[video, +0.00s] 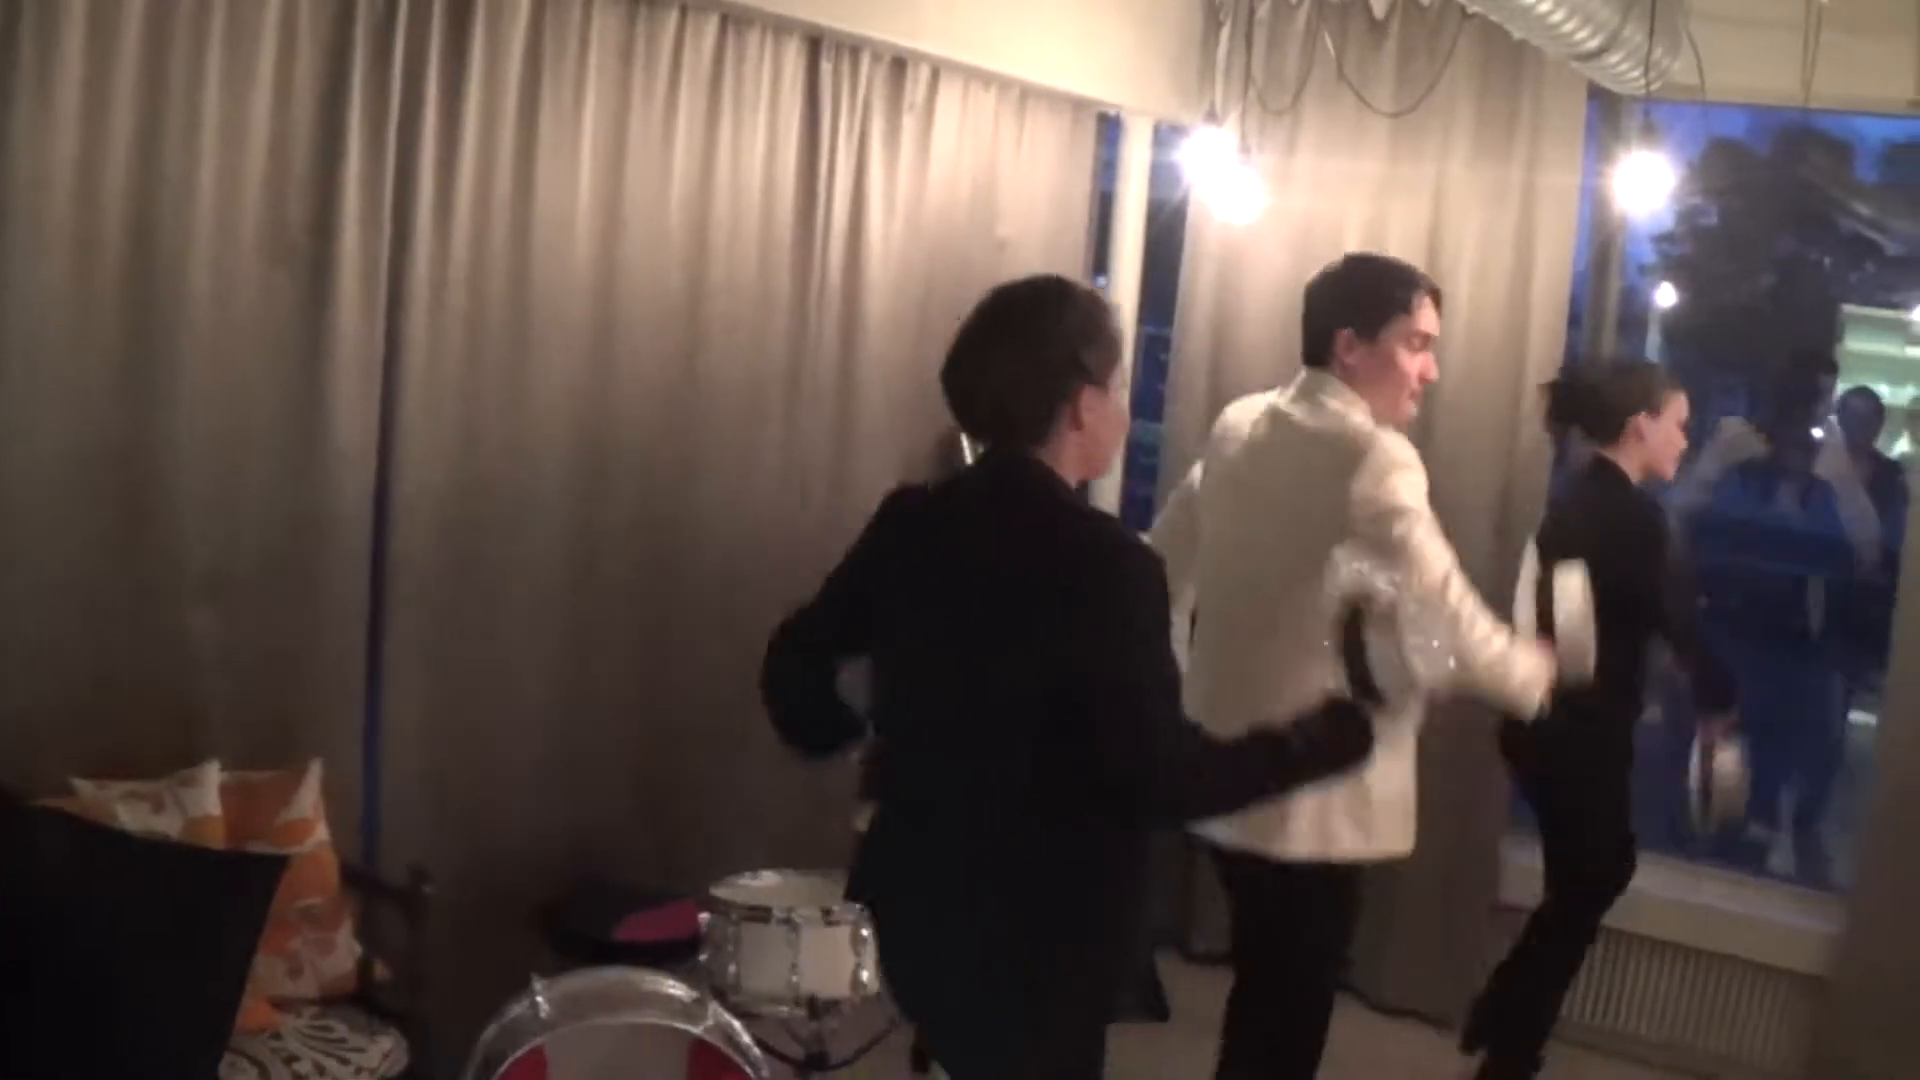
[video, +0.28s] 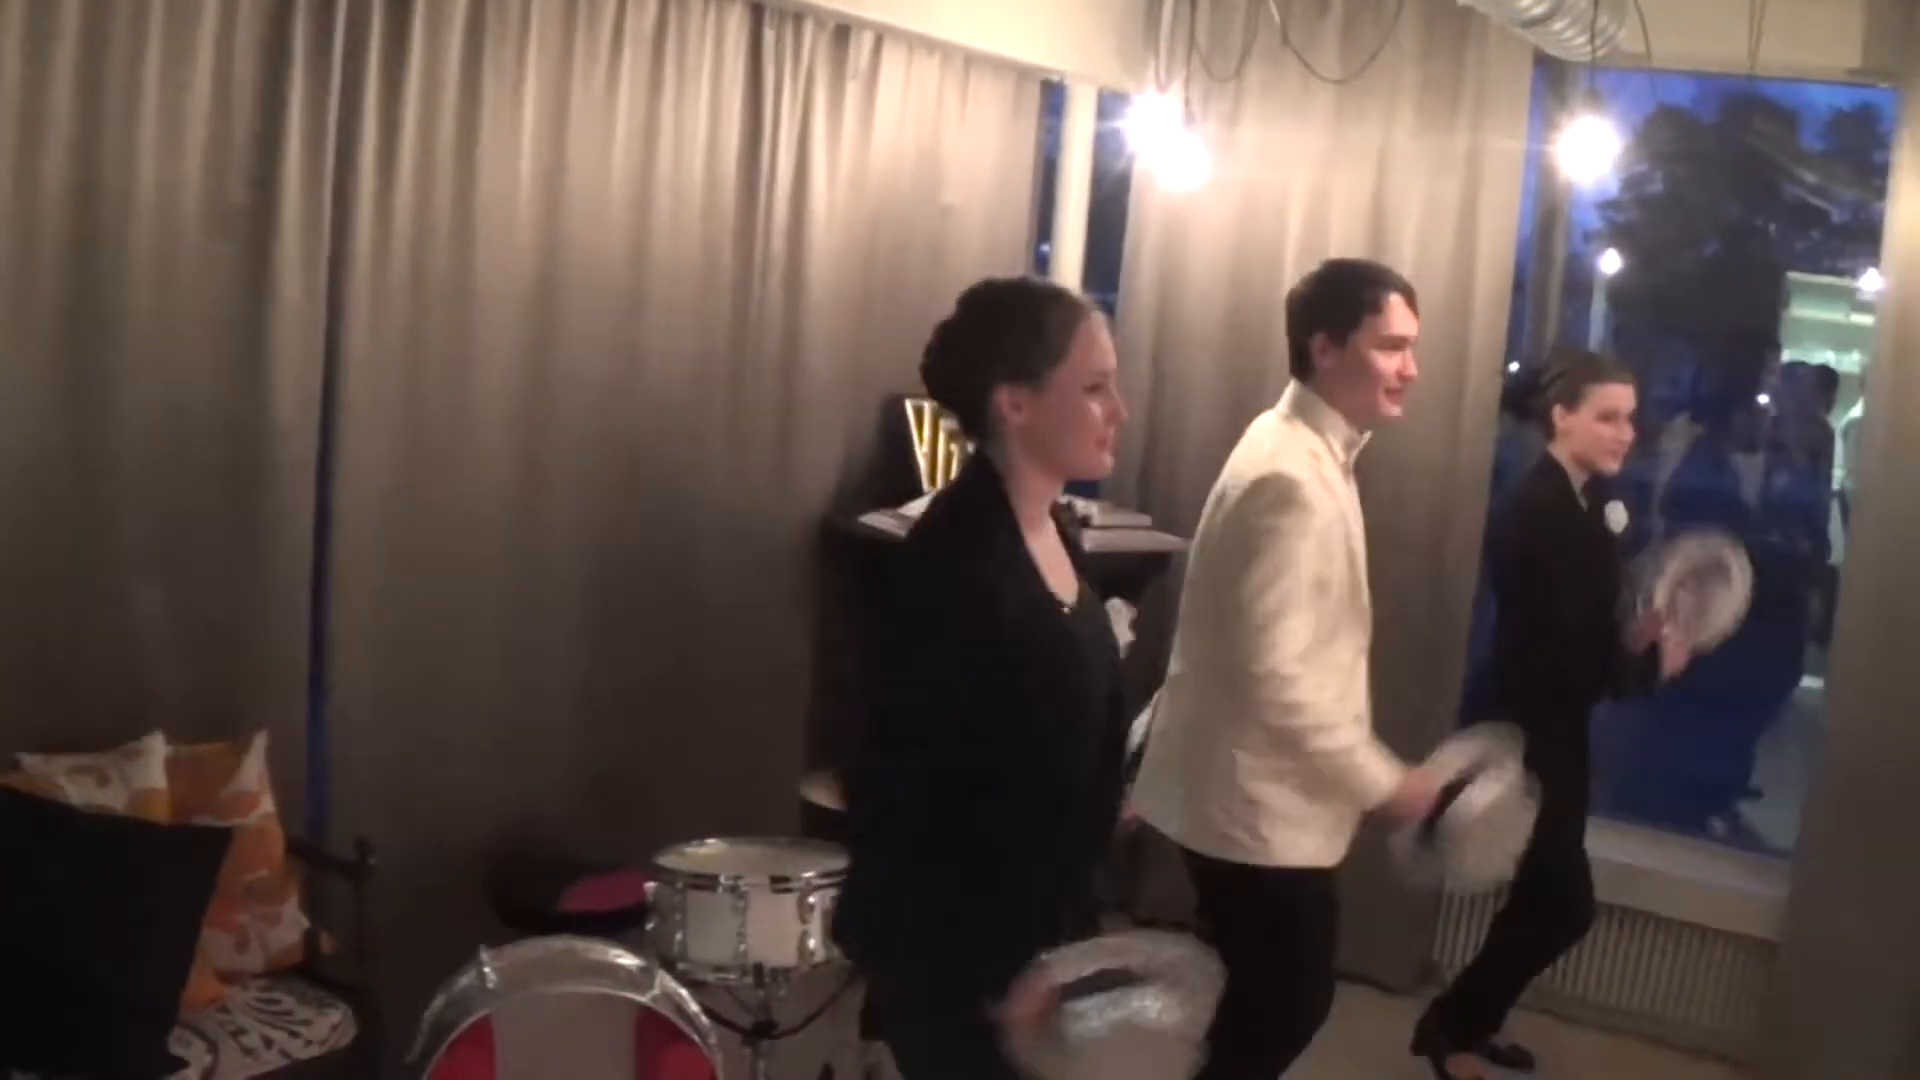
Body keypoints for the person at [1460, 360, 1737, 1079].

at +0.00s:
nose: (1685, 442)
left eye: (1685, 426)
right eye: (1678, 426)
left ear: (1627, 428)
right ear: (1638, 428)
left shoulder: (1573, 498)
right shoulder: (1632, 511)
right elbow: (1673, 617)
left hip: (1544, 716)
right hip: (1590, 726)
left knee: (1596, 867)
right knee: (1592, 874)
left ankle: (1499, 1014)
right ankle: (1511, 1048)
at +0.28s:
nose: (1627, 434)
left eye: (1631, 419)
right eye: (1612, 418)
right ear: (1562, 417)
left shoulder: (1569, 497)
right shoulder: (1546, 507)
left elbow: (1565, 634)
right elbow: (1571, 667)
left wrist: (1627, 637)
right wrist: (1649, 666)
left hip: (1546, 721)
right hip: (1534, 731)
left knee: (1542, 893)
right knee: (1562, 906)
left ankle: (1473, 1024)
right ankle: (1447, 1032)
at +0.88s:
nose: (1495, 362)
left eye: (1501, 345)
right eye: (1482, 341)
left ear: (1492, 340)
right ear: (1432, 328)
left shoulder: (1457, 418)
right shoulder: (1389, 398)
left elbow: (1470, 495)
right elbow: (1375, 482)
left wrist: (1524, 487)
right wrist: (1436, 439)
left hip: (1415, 654)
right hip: (1362, 652)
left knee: (1492, 828)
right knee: (1390, 856)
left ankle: (1379, 958)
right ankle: (1273, 1033)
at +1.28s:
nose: (1496, 307)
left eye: (1496, 289)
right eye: (1480, 289)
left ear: (1447, 289)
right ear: (1428, 284)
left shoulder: (1429, 363)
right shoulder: (1399, 360)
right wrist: (1427, 339)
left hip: (1407, 610)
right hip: (1365, 610)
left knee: (1440, 815)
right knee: (1373, 811)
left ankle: (1391, 1038)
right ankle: (1260, 992)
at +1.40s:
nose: (1494, 315)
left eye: (1493, 297)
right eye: (1481, 298)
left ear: (1436, 293)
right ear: (1433, 291)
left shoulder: (1428, 371)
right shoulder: (1391, 369)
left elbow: (1432, 481)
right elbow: (1428, 469)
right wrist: (1424, 349)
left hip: (1400, 625)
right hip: (1354, 624)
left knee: (1478, 794)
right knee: (1379, 813)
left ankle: (1387, 995)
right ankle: (1262, 996)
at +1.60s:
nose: (1514, 282)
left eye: (1515, 268)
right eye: (1500, 267)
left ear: (1484, 280)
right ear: (1454, 273)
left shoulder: (1458, 365)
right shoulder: (1418, 329)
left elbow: (1428, 511)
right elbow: (1364, 324)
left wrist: (1494, 573)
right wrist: (1421, 248)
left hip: (1404, 586)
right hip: (1355, 583)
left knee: (1455, 759)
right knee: (1347, 795)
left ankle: (1348, 884)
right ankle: (1258, 991)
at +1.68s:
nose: (1506, 318)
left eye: (1513, 303)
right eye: (1504, 299)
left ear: (1465, 277)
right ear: (1466, 278)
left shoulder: (1445, 353)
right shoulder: (1412, 337)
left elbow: (1429, 514)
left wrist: (1506, 564)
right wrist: (1426, 300)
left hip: (1406, 588)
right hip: (1362, 586)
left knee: (1416, 767)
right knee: (1363, 787)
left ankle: (1336, 911)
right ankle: (1257, 990)